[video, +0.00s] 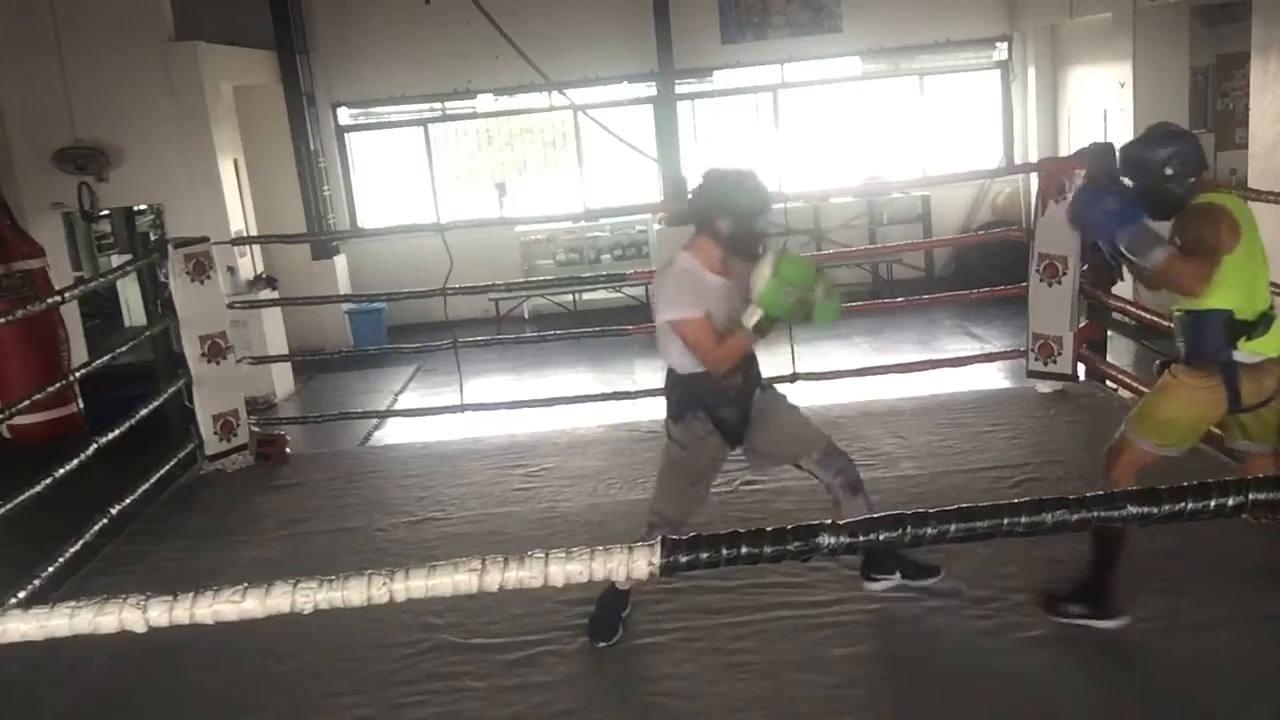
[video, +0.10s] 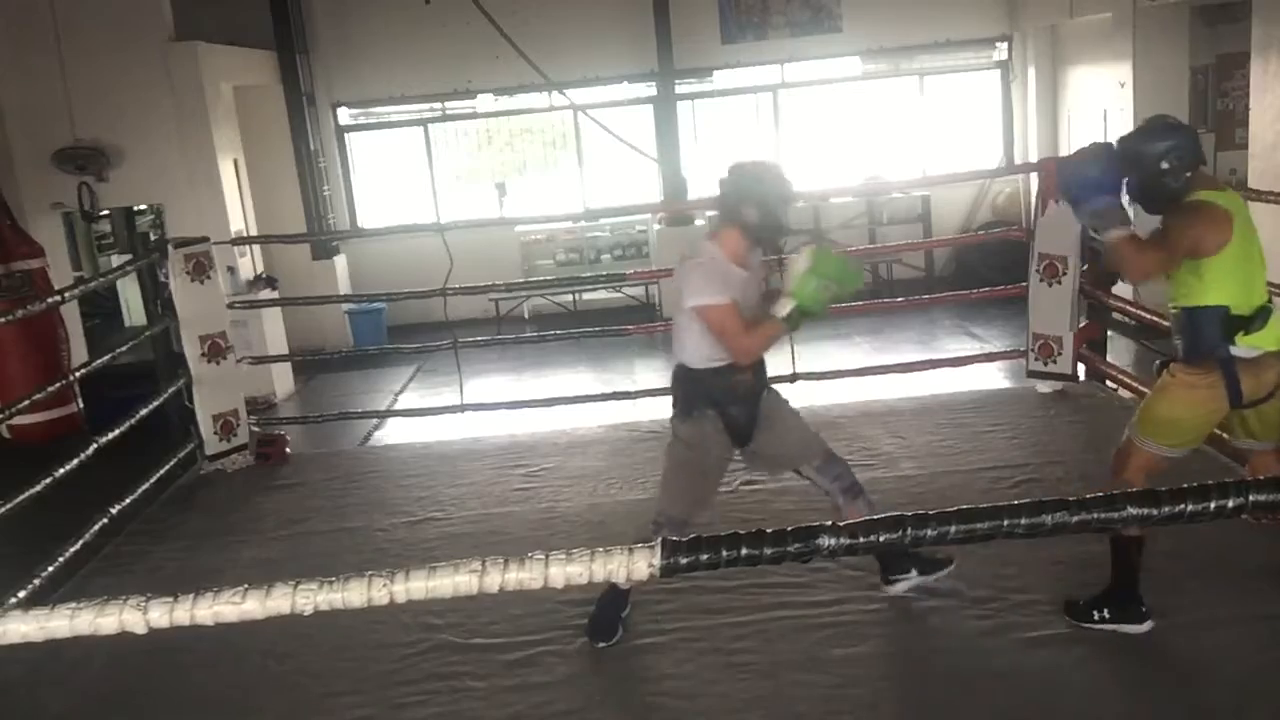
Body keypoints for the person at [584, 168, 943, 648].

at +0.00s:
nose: (763, 231)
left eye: (763, 220)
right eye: (755, 220)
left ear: (724, 220)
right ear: (725, 220)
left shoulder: (738, 263)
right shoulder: (676, 285)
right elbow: (716, 358)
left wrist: (797, 296)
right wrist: (767, 317)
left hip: (750, 394)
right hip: (697, 410)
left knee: (837, 467)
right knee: (667, 524)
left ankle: (878, 562)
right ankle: (619, 594)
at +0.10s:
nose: (783, 218)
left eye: (783, 207)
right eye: (777, 207)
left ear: (746, 209)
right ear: (751, 209)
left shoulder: (755, 263)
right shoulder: (700, 272)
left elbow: (763, 321)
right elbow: (743, 348)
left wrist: (799, 291)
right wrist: (795, 308)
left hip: (752, 395)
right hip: (703, 404)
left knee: (829, 470)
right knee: (674, 519)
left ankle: (893, 561)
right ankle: (616, 599)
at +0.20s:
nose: (805, 246)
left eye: (807, 236)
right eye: (804, 237)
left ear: (771, 219)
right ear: (788, 228)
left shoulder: (762, 264)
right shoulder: (747, 267)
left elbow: (790, 327)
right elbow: (791, 339)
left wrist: (826, 289)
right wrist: (825, 297)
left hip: (761, 401)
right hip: (721, 404)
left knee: (836, 484)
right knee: (693, 522)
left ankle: (902, 568)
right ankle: (617, 593)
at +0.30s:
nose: (841, 238)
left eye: (842, 228)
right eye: (837, 228)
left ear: (789, 226)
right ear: (816, 231)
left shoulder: (762, 266)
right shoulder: (787, 274)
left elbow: (819, 333)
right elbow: (838, 334)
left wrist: (846, 287)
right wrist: (855, 282)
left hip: (774, 411)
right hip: (738, 415)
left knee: (855, 483)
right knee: (725, 540)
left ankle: (908, 570)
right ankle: (626, 579)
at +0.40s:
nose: (848, 235)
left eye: (846, 225)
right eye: (843, 225)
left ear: (794, 232)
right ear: (826, 233)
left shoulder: (763, 280)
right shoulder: (809, 283)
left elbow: (785, 351)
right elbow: (883, 327)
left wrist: (838, 340)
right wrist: (872, 272)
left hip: (781, 421)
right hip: (760, 427)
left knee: (872, 478)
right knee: (752, 565)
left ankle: (912, 569)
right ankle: (647, 589)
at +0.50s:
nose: (846, 239)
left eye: (844, 229)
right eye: (840, 229)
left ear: (790, 237)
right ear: (819, 238)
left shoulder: (757, 280)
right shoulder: (802, 285)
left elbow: (802, 345)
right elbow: (876, 334)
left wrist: (850, 321)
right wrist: (874, 296)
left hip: (783, 427)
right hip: (760, 435)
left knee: (874, 477)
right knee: (748, 570)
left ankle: (912, 568)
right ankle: (643, 589)